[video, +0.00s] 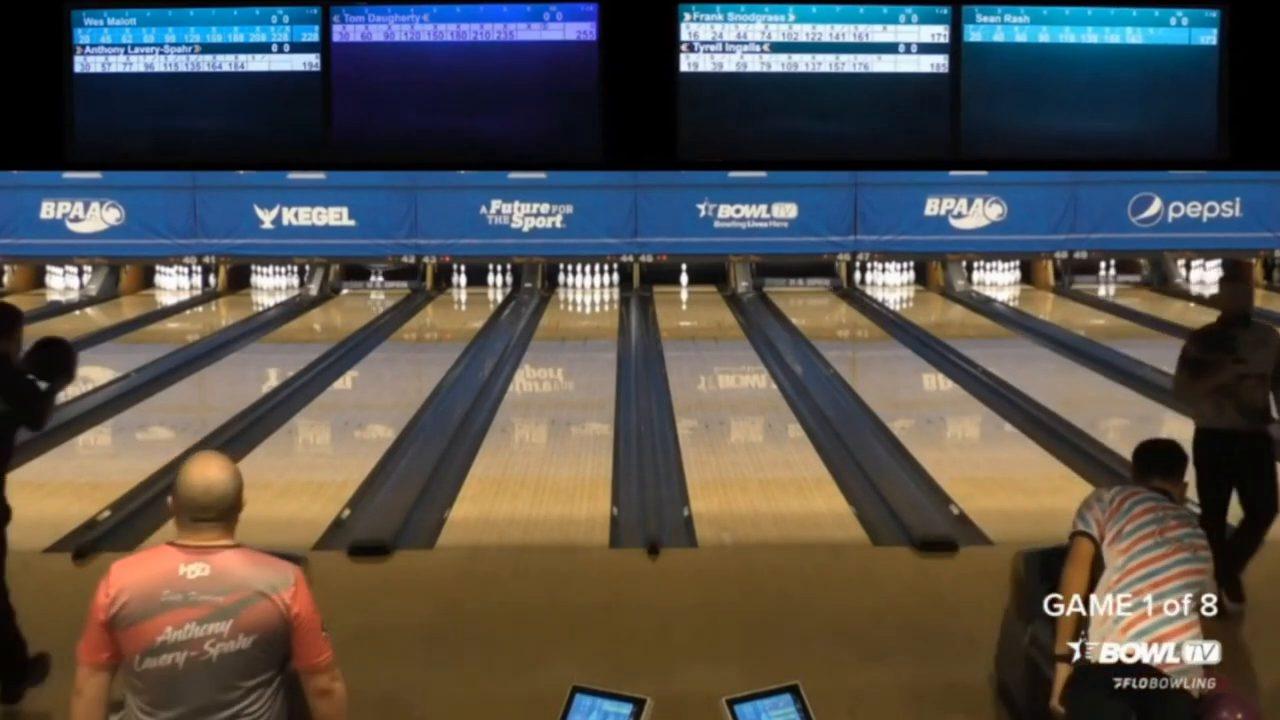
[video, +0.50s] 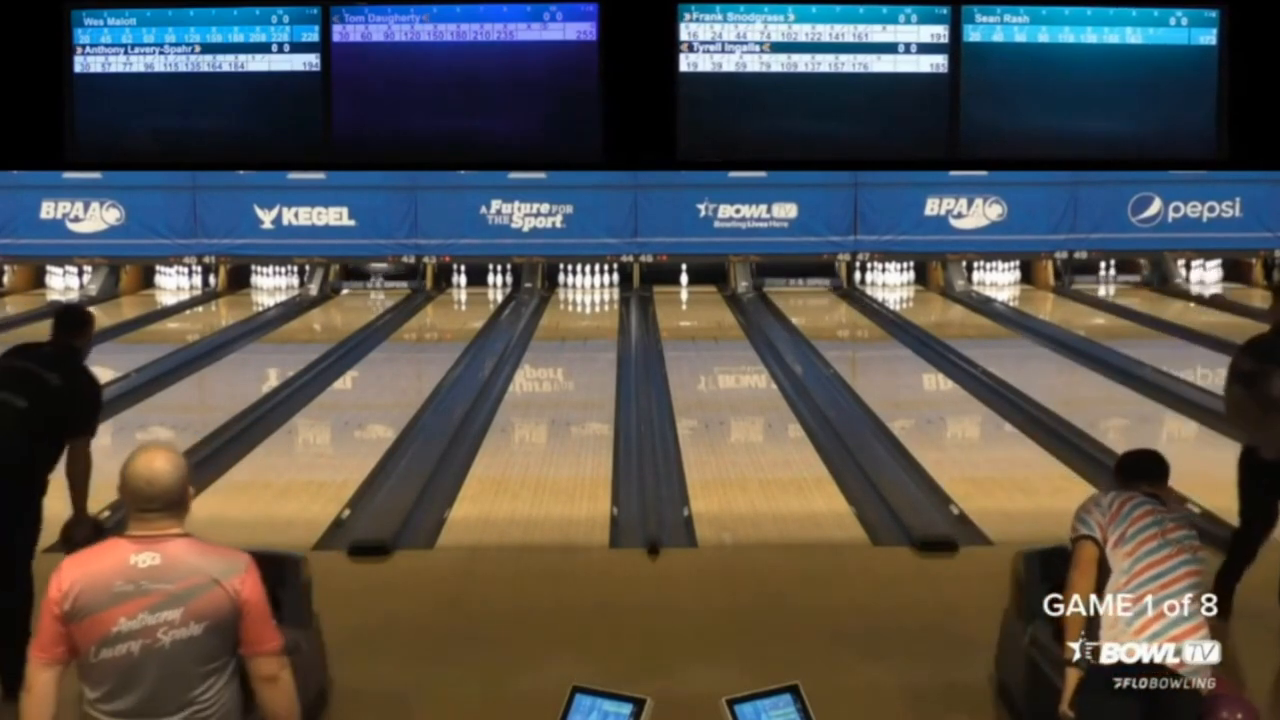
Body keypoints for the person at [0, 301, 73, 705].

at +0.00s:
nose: (18, 343)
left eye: (17, 336)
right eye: (16, 335)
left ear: (8, 339)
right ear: (10, 338)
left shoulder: (11, 376)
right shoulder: (10, 378)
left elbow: (32, 415)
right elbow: (36, 417)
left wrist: (31, 377)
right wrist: (51, 385)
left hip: (1, 502)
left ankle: (13, 664)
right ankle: (12, 667)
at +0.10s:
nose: (29, 344)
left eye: (27, 337)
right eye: (27, 337)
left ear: (2, 337)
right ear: (20, 338)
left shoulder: (14, 375)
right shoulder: (16, 376)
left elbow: (42, 415)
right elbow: (47, 416)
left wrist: (42, 379)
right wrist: (60, 386)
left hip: (4, 506)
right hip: (1, 508)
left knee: (3, 594)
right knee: (2, 596)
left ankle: (16, 670)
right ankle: (15, 674)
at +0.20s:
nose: (51, 343)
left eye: (50, 336)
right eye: (49, 336)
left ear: (12, 334)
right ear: (41, 338)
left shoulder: (9, 371)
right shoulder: (32, 378)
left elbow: (59, 411)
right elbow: (69, 416)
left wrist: (86, 402)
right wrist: (98, 400)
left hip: (9, 502)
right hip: (9, 504)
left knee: (12, 589)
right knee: (11, 590)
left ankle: (14, 676)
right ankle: (14, 680)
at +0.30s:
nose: (68, 340)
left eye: (64, 333)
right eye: (68, 334)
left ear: (33, 329)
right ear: (66, 335)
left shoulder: (4, 358)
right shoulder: (64, 385)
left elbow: (69, 447)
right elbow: (73, 448)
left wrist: (86, 475)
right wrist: (92, 478)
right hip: (14, 496)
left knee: (11, 583)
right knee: (13, 584)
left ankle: (12, 675)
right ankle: (14, 679)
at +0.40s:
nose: (83, 341)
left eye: (79, 333)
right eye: (83, 335)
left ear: (48, 328)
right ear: (80, 335)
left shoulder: (12, 356)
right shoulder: (80, 386)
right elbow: (77, 456)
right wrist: (81, 509)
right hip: (19, 495)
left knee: (11, 581)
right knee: (14, 581)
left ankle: (11, 672)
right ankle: (13, 676)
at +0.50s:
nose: (89, 343)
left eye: (86, 335)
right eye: (90, 336)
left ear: (55, 329)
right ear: (86, 336)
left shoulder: (16, 355)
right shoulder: (84, 385)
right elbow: (78, 457)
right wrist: (80, 513)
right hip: (21, 496)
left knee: (13, 582)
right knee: (16, 583)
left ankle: (11, 674)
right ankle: (12, 677)